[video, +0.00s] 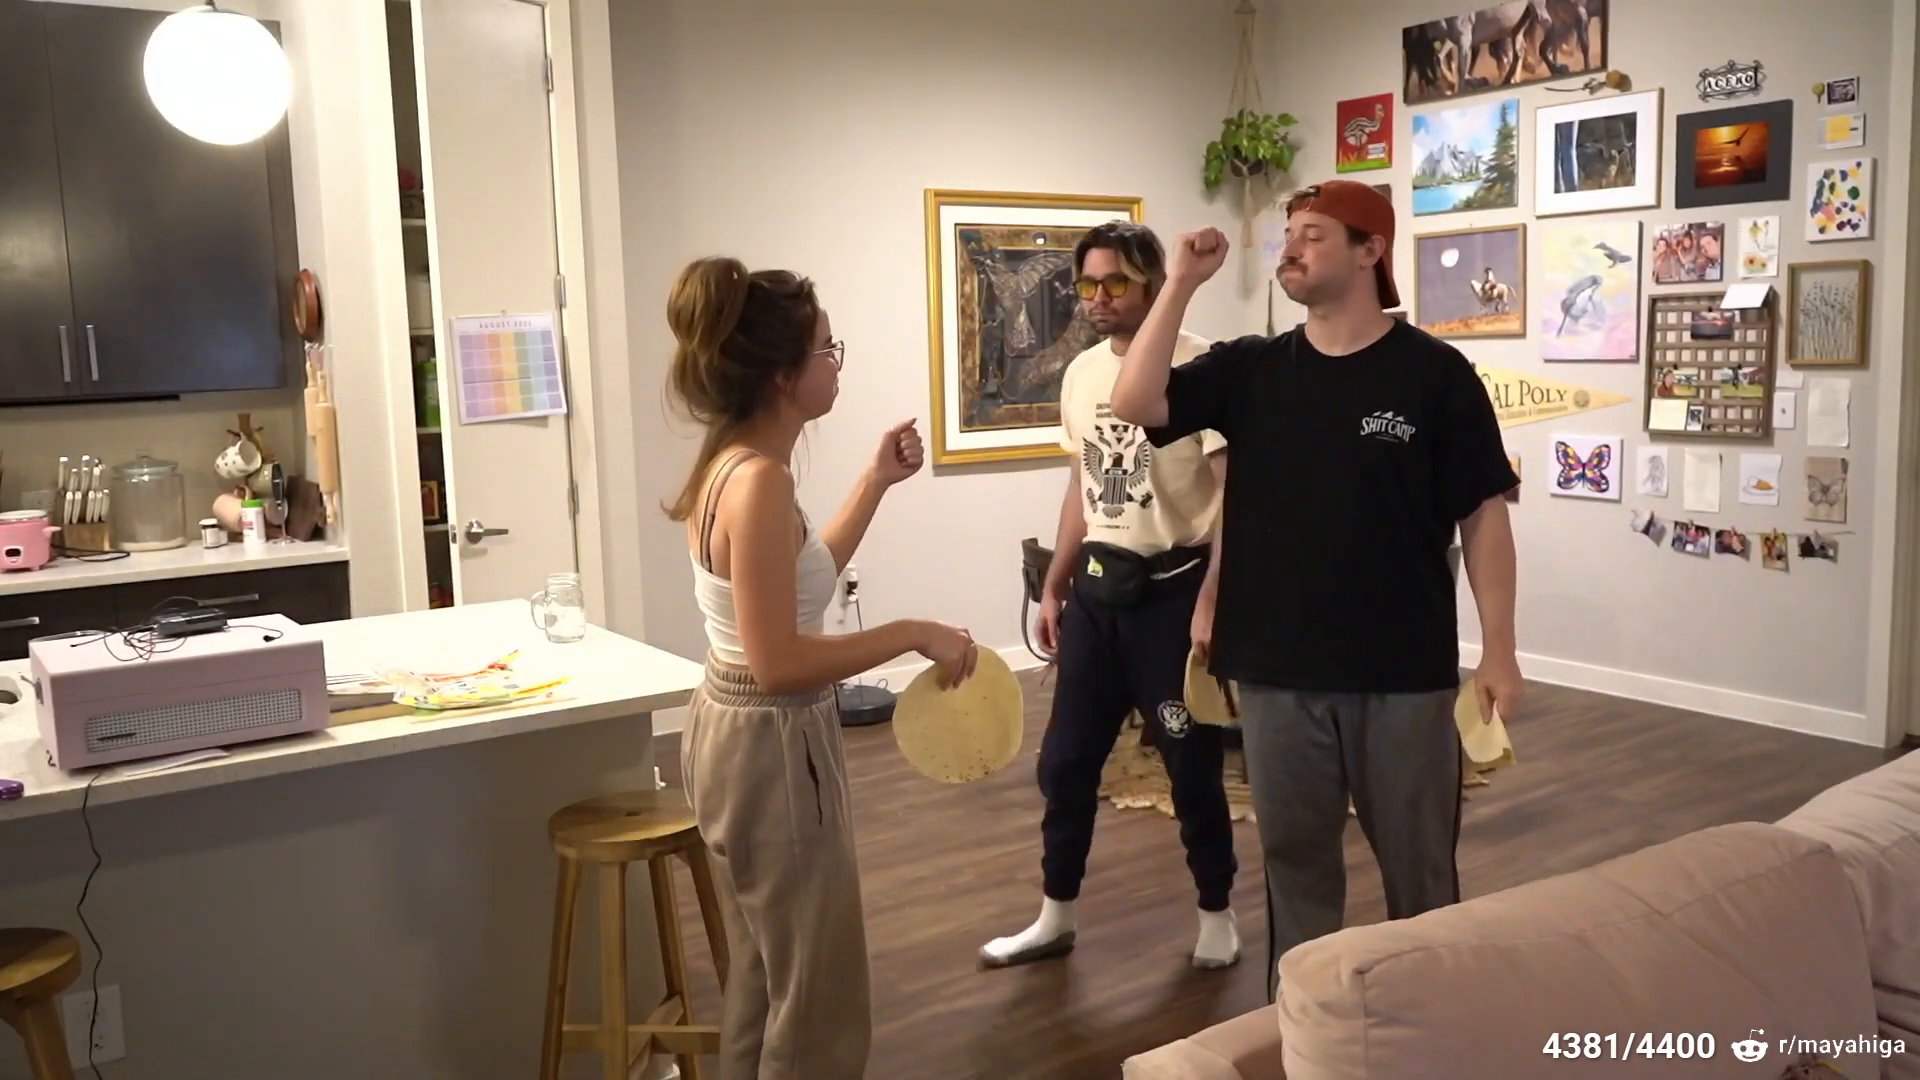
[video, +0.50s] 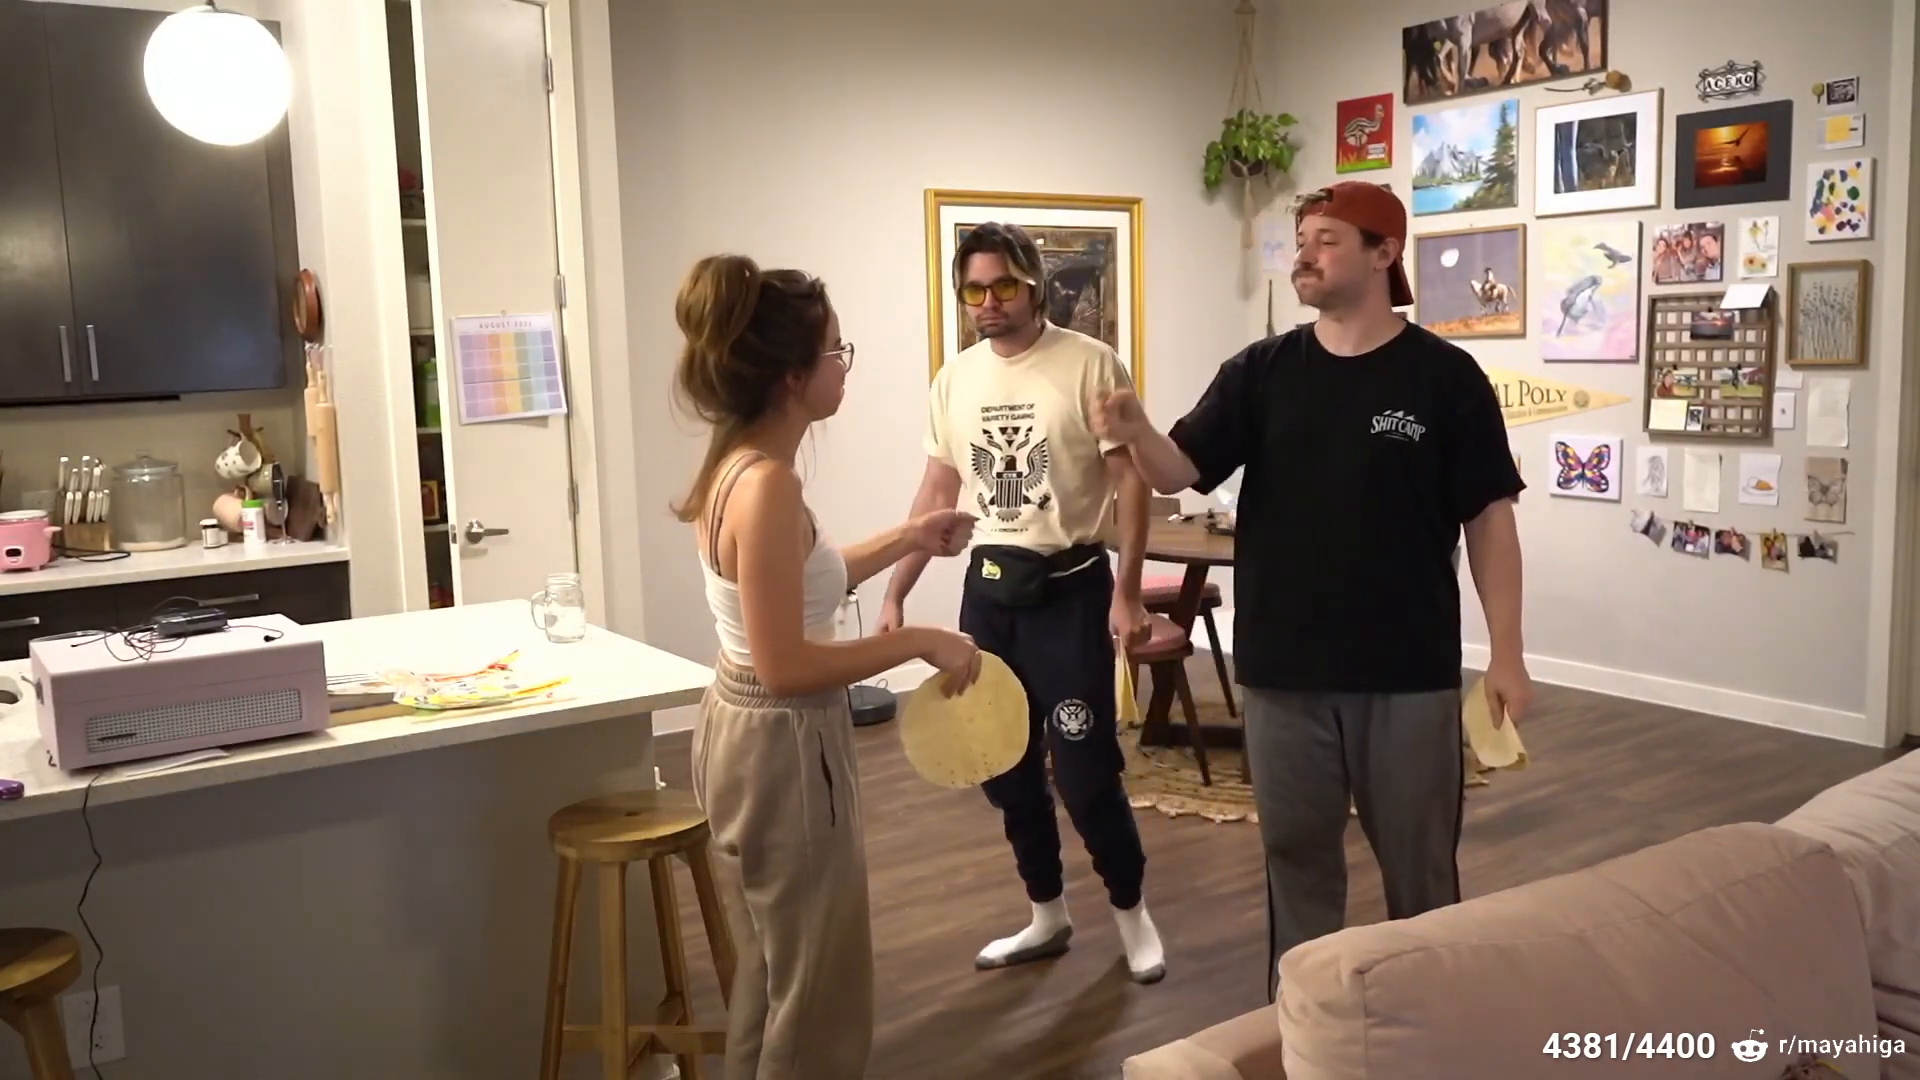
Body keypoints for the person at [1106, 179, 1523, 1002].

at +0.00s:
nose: (1289, 246)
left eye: (1311, 234)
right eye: (1287, 235)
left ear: (1367, 253)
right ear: (1284, 257)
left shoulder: (1437, 373)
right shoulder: (1252, 367)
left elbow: (1485, 517)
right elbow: (1134, 401)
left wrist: (1499, 652)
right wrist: (1180, 282)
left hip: (1403, 678)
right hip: (1274, 677)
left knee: (1421, 880)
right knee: (1295, 877)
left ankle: (1438, 1037)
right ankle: (1299, 1037)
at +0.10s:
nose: (1294, 247)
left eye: (1315, 235)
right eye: (1291, 236)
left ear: (1371, 252)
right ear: (1286, 256)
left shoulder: (1439, 373)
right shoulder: (1255, 365)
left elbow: (1488, 517)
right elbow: (1139, 388)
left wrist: (1502, 651)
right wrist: (1185, 272)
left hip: (1405, 677)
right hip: (1276, 674)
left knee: (1421, 878)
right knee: (1295, 874)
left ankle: (1437, 1035)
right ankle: (1300, 1034)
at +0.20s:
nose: (1296, 247)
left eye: (1318, 235)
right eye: (1293, 237)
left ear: (1374, 253)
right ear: (1288, 257)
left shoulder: (1442, 373)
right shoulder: (1258, 364)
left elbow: (1491, 515)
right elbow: (1145, 385)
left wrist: (1505, 649)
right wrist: (1195, 271)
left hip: (1407, 675)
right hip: (1279, 672)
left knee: (1422, 875)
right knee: (1295, 872)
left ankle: (1436, 1033)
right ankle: (1300, 1033)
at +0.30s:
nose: (1299, 247)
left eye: (1320, 235)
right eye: (1295, 237)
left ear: (1376, 253)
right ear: (1291, 258)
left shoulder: (1443, 373)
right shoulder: (1259, 364)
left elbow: (1492, 515)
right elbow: (1146, 394)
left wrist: (1507, 646)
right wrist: (1200, 279)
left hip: (1408, 676)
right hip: (1279, 672)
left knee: (1422, 877)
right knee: (1296, 871)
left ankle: (1439, 1034)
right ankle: (1303, 1034)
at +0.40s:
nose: (1301, 252)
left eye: (1323, 238)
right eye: (1297, 241)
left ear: (1378, 253)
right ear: (1293, 259)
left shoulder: (1443, 372)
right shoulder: (1258, 365)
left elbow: (1492, 513)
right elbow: (1162, 441)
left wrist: (1508, 651)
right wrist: (1182, 321)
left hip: (1409, 676)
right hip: (1280, 673)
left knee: (1422, 876)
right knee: (1296, 869)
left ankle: (1438, 1033)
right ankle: (1302, 1032)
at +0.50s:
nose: (1302, 257)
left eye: (1325, 242)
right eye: (1300, 244)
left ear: (1382, 256)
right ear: (1299, 261)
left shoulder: (1448, 376)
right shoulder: (1259, 371)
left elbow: (1490, 521)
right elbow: (1178, 472)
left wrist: (1506, 654)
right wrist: (1135, 431)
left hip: (1408, 677)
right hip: (1283, 675)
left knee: (1420, 874)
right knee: (1295, 865)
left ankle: (1433, 1031)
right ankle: (1301, 1027)